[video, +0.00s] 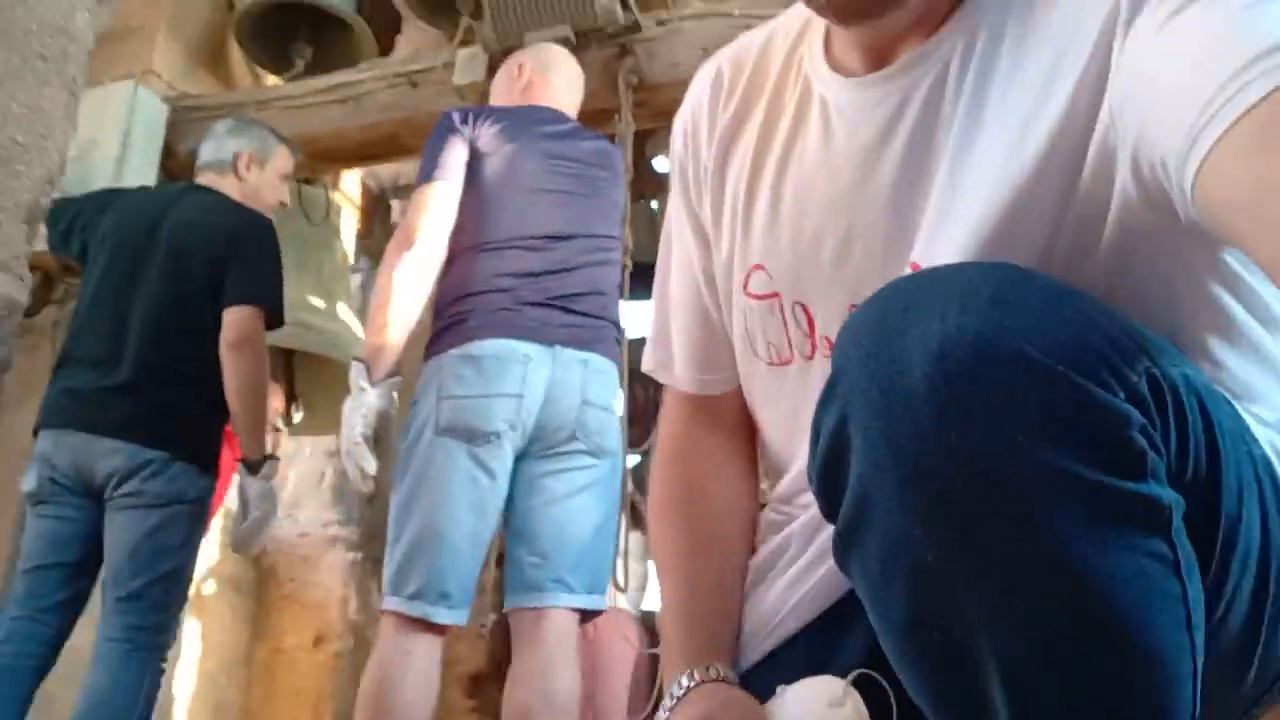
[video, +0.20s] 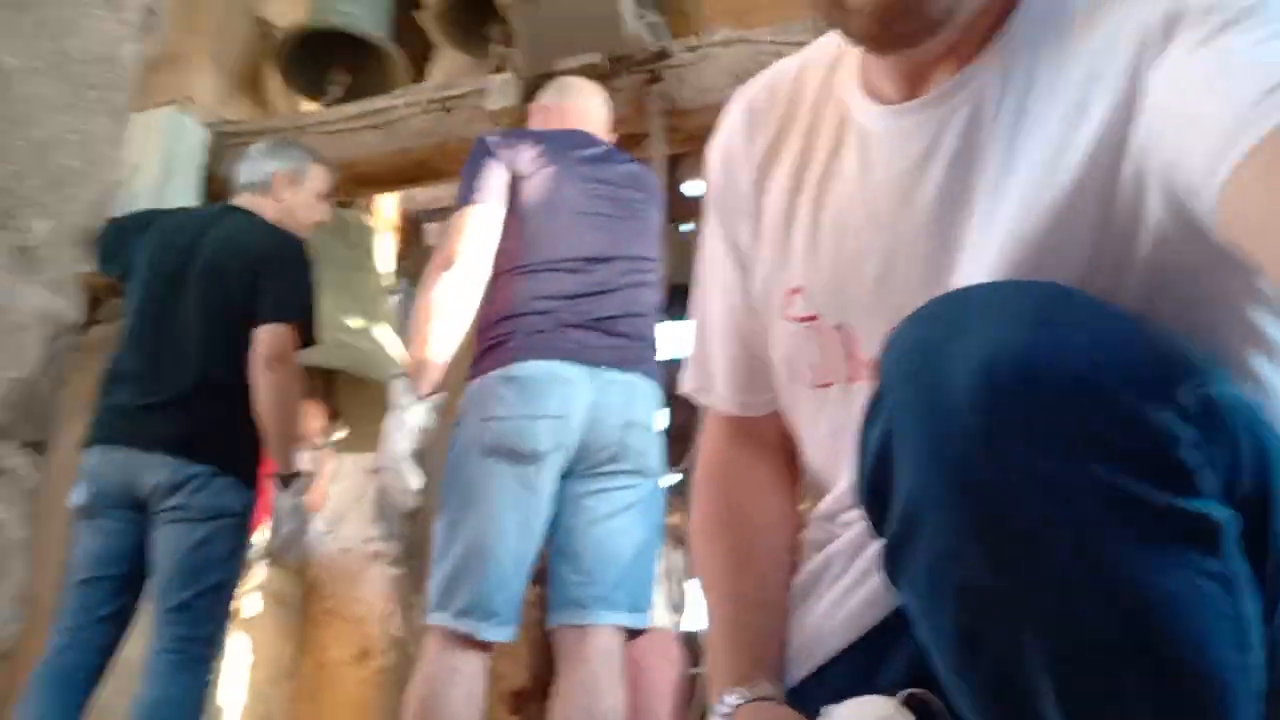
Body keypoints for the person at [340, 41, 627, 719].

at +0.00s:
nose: (490, 90)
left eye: (498, 77)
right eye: (498, 78)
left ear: (520, 75)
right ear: (575, 100)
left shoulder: (469, 127)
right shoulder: (610, 158)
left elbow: (421, 242)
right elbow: (605, 273)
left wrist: (371, 377)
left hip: (481, 361)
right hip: (593, 373)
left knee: (415, 617)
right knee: (551, 614)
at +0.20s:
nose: (527, 125)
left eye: (529, 116)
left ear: (535, 115)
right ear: (610, 133)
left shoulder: (507, 150)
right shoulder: (646, 183)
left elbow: (465, 264)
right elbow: (638, 298)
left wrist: (416, 395)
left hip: (525, 384)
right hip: (633, 395)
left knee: (462, 631)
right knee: (595, 631)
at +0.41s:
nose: (614, 105)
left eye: (615, 97)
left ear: (619, 96)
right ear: (698, 111)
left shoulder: (589, 128)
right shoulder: (732, 160)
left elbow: (547, 239)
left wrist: (506, 371)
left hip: (610, 359)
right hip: (719, 368)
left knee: (550, 609)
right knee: (683, 608)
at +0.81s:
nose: (575, 114)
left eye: (576, 106)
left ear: (581, 107)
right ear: (658, 120)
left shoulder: (547, 139)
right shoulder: (695, 171)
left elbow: (495, 268)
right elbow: (701, 294)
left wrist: (468, 375)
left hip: (565, 372)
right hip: (676, 382)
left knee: (501, 623)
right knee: (634, 621)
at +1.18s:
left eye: (518, 94)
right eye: (592, 108)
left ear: (514, 97)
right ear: (592, 113)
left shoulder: (468, 135)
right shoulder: (622, 175)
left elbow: (387, 267)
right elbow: (623, 297)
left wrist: (438, 271)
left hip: (484, 370)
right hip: (594, 388)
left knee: (410, 628)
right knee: (544, 630)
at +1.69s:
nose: (469, 103)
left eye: (469, 94)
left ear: (472, 97)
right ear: (552, 115)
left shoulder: (422, 138)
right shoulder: (577, 185)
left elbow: (403, 231)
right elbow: (572, 305)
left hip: (423, 374)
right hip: (536, 394)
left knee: (346, 632)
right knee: (485, 629)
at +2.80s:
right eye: (542, 160)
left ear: (470, 148)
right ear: (545, 170)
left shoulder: (430, 167)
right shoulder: (572, 215)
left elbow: (413, 233)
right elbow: (562, 304)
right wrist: (541, 182)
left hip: (417, 402)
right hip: (530, 424)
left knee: (326, 659)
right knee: (466, 656)